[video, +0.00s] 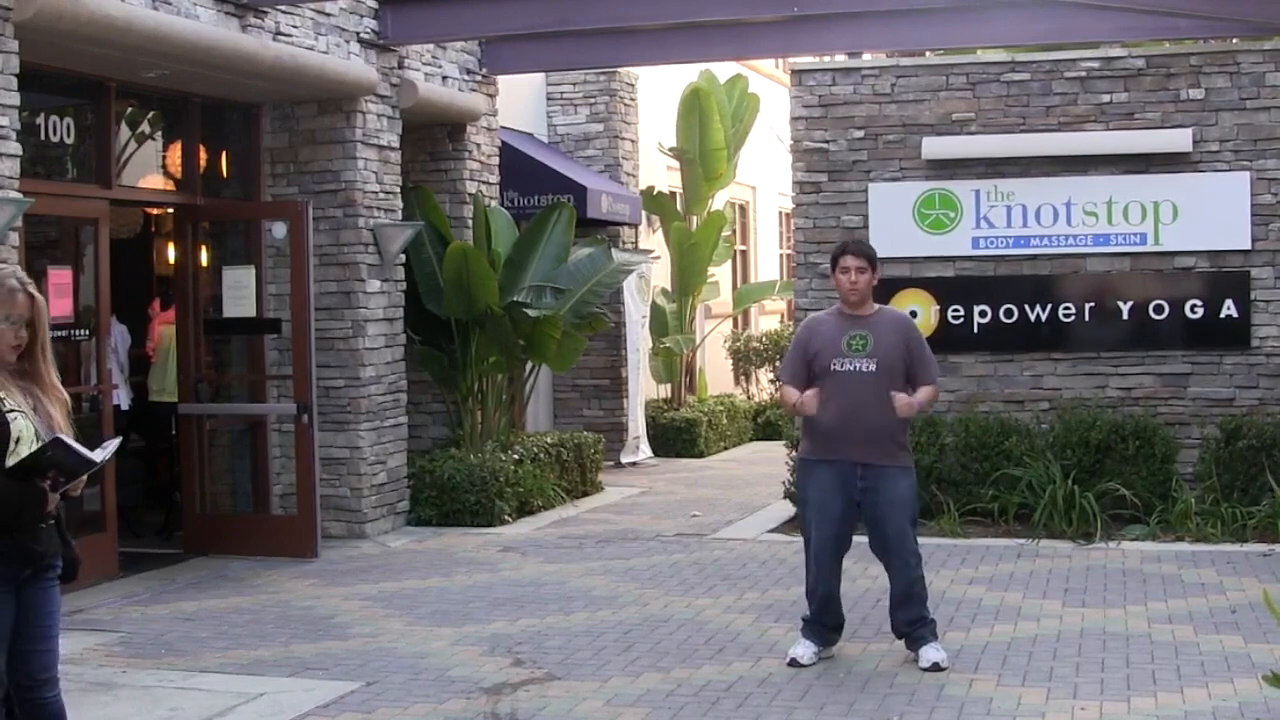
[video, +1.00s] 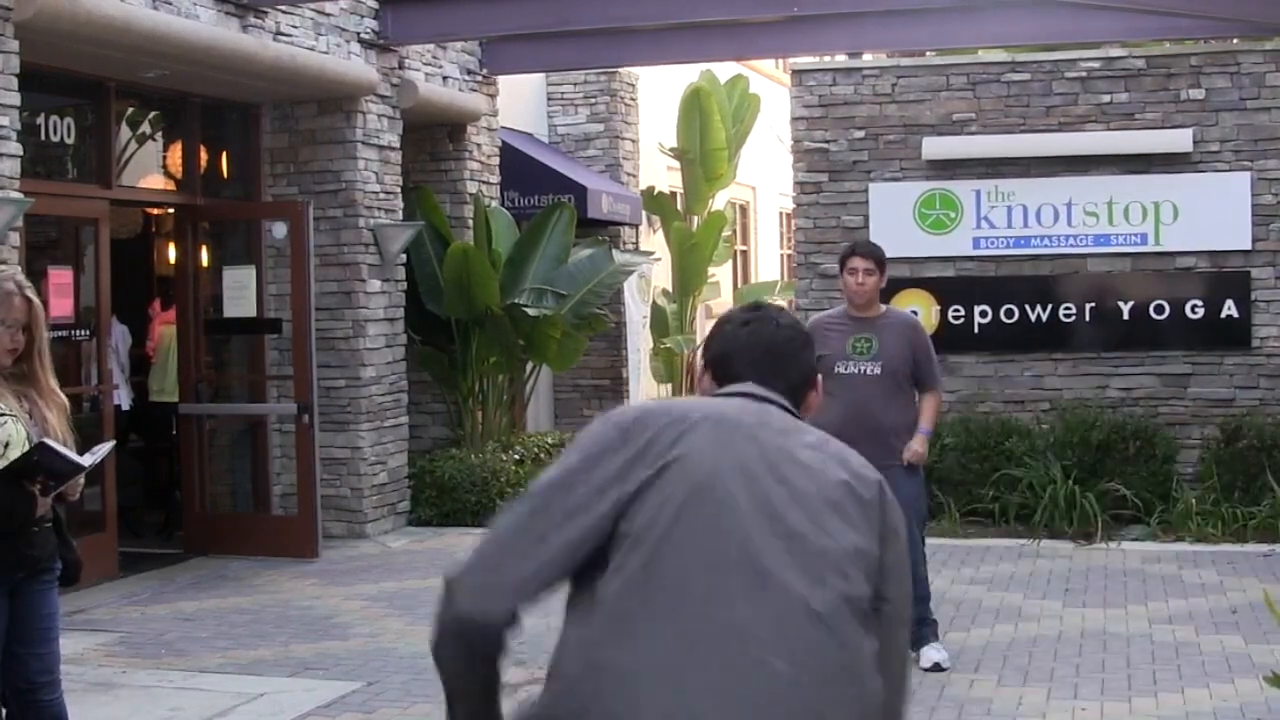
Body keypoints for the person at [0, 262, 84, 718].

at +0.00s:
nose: (18, 334)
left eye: (25, 324)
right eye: (8, 322)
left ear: (34, 328)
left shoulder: (43, 389)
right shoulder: (5, 389)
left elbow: (63, 464)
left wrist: (69, 482)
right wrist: (33, 493)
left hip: (41, 557)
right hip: (3, 556)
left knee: (39, 689)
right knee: (7, 690)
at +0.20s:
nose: (18, 335)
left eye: (26, 325)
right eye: (9, 323)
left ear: (35, 330)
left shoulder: (43, 391)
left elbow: (63, 466)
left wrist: (70, 485)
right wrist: (32, 494)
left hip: (40, 560)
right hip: (4, 559)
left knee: (41, 693)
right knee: (11, 694)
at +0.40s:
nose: (17, 336)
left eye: (25, 325)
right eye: (8, 323)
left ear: (34, 329)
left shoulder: (42, 392)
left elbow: (62, 465)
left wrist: (70, 486)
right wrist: (33, 496)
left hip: (37, 562)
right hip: (4, 560)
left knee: (38, 692)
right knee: (13, 693)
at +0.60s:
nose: (15, 336)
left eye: (23, 326)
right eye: (6, 324)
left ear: (32, 330)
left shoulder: (41, 393)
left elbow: (62, 467)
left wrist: (70, 487)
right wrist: (27, 501)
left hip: (37, 562)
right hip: (3, 562)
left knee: (36, 690)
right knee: (12, 692)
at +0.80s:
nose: (14, 338)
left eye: (22, 328)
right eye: (5, 325)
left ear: (33, 331)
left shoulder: (41, 395)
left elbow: (60, 470)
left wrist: (69, 488)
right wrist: (22, 503)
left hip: (36, 564)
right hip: (4, 565)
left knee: (38, 695)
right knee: (14, 695)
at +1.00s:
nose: (12, 338)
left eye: (21, 328)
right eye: (4, 326)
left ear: (31, 332)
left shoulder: (42, 396)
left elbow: (61, 473)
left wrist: (69, 487)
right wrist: (25, 503)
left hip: (36, 566)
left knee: (41, 699)